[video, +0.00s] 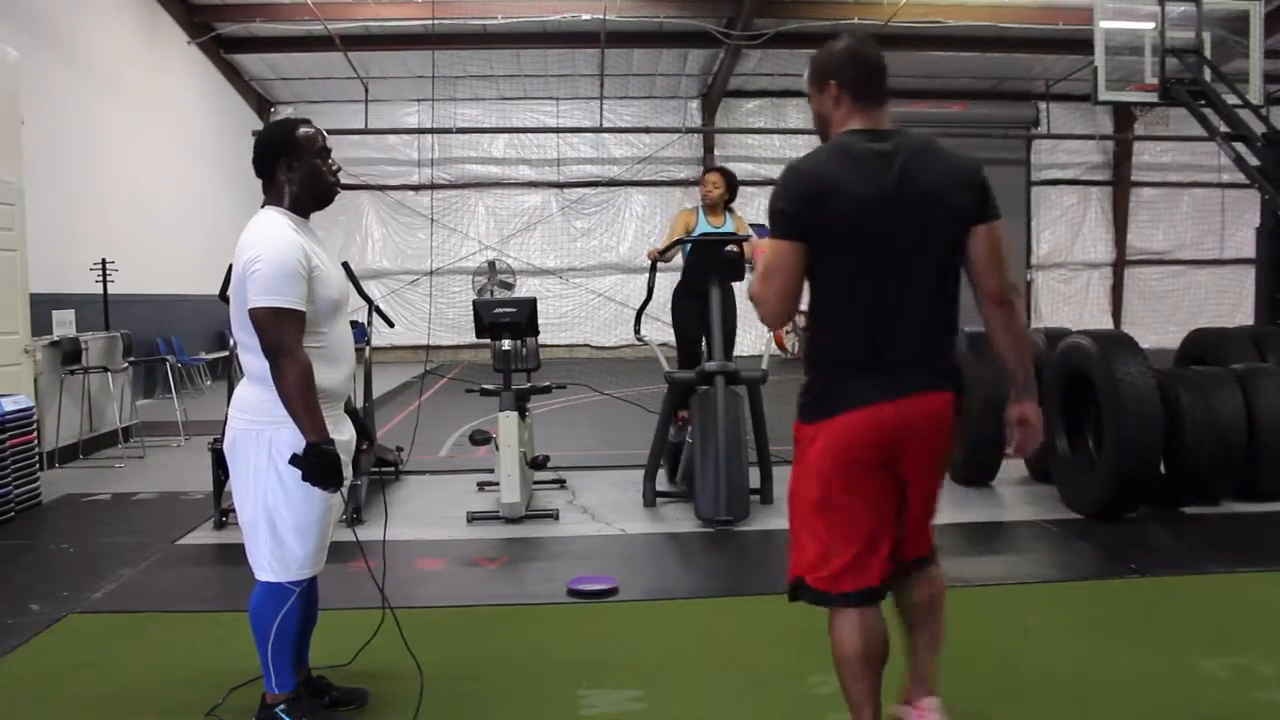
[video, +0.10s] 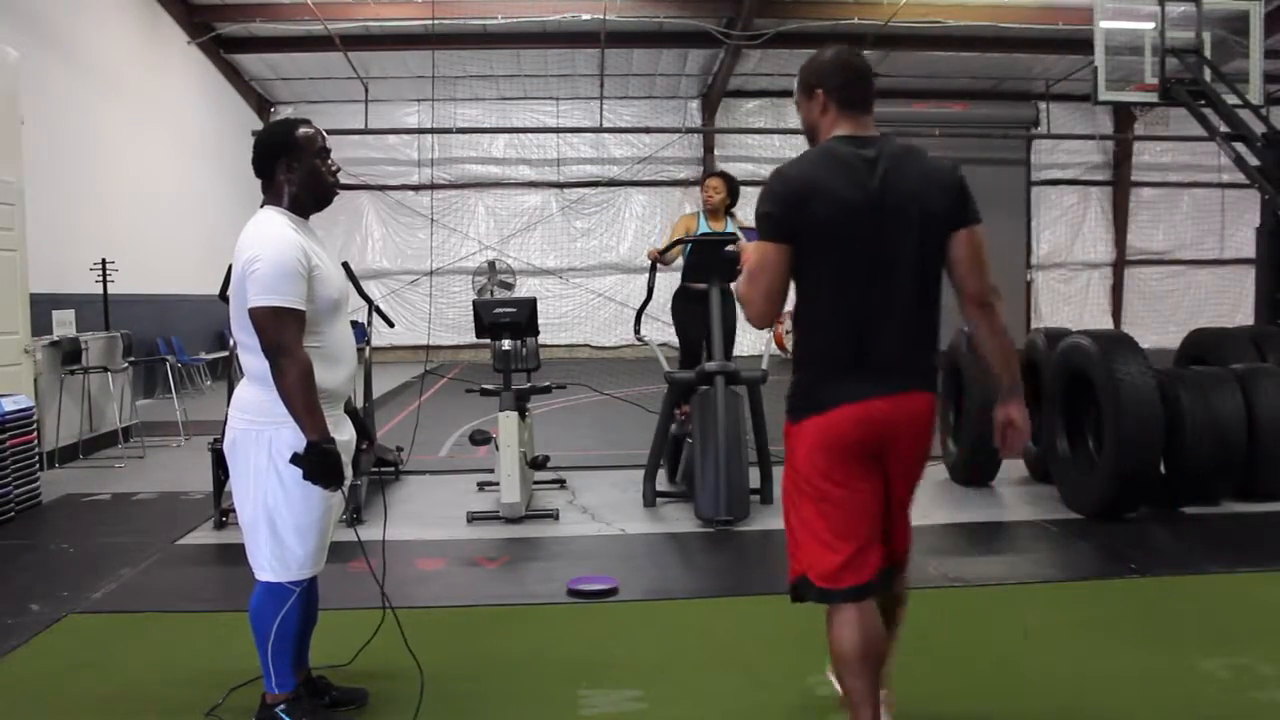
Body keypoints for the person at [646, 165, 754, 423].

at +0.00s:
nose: (707, 190)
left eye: (714, 186)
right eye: (704, 184)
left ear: (727, 193)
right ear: (699, 188)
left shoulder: (736, 221)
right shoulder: (687, 217)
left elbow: (752, 254)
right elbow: (671, 251)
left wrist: (738, 252)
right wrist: (660, 254)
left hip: (722, 292)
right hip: (689, 293)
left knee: (723, 355)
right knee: (689, 355)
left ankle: (722, 409)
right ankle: (682, 409)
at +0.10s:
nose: (708, 195)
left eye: (715, 191)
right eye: (706, 190)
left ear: (728, 197)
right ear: (701, 193)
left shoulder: (737, 227)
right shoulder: (688, 223)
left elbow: (752, 257)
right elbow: (671, 256)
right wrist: (659, 256)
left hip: (722, 297)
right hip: (690, 297)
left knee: (722, 358)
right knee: (691, 355)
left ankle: (720, 412)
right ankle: (683, 406)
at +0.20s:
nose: (707, 196)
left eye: (714, 192)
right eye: (704, 191)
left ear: (726, 199)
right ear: (699, 195)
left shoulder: (734, 227)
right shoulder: (687, 224)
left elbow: (746, 261)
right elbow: (671, 257)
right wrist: (659, 256)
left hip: (722, 297)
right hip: (690, 296)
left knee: (720, 354)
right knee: (692, 350)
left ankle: (718, 407)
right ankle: (686, 404)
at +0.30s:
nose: (702, 191)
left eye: (709, 187)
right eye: (699, 186)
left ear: (721, 194)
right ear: (693, 190)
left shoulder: (732, 223)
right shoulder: (682, 221)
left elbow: (743, 256)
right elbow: (668, 258)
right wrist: (658, 255)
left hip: (722, 295)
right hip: (688, 295)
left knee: (719, 356)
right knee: (691, 353)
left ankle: (719, 412)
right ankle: (686, 408)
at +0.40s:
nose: (697, 186)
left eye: (703, 182)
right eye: (692, 181)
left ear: (714, 187)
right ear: (685, 186)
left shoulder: (727, 217)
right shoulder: (676, 216)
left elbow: (741, 249)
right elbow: (665, 251)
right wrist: (658, 255)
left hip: (719, 294)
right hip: (686, 294)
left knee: (719, 357)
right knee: (689, 356)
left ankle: (718, 417)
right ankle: (683, 415)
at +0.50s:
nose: (693, 187)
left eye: (699, 182)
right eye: (688, 182)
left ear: (708, 188)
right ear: (680, 187)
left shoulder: (722, 217)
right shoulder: (672, 218)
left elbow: (731, 250)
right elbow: (662, 252)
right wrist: (657, 255)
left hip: (716, 293)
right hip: (683, 294)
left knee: (722, 360)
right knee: (686, 360)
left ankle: (721, 419)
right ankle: (682, 421)